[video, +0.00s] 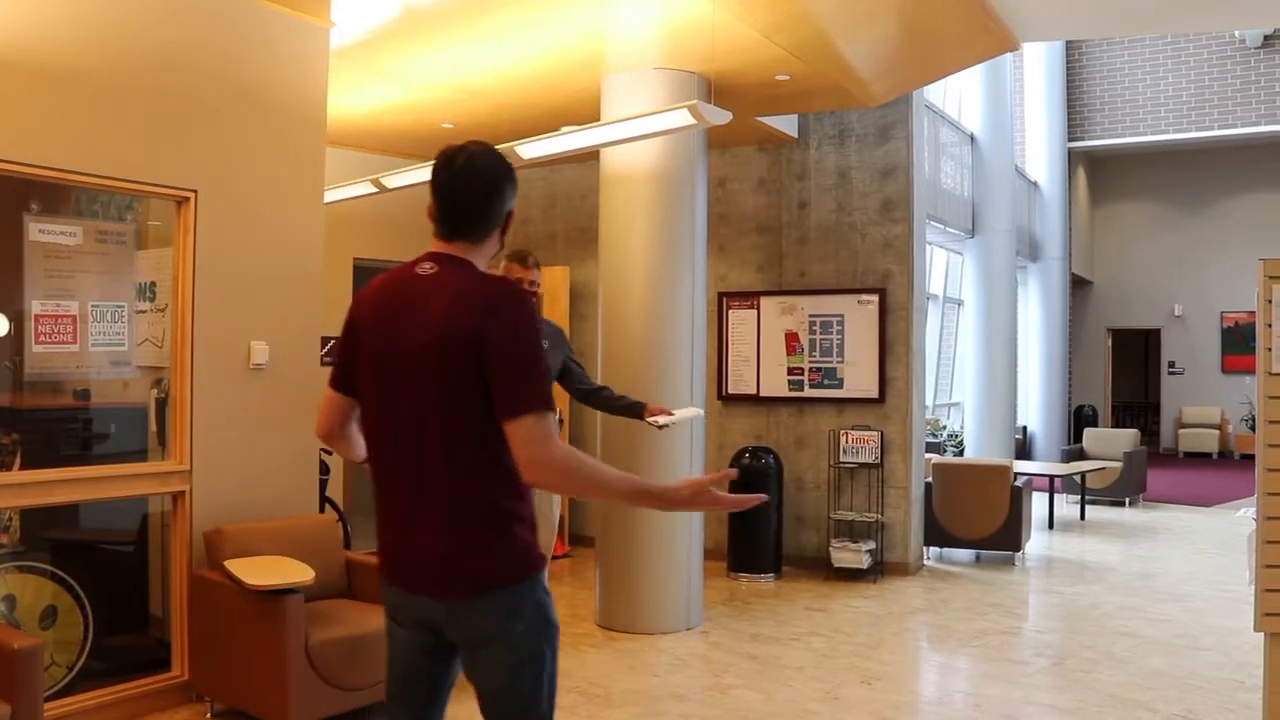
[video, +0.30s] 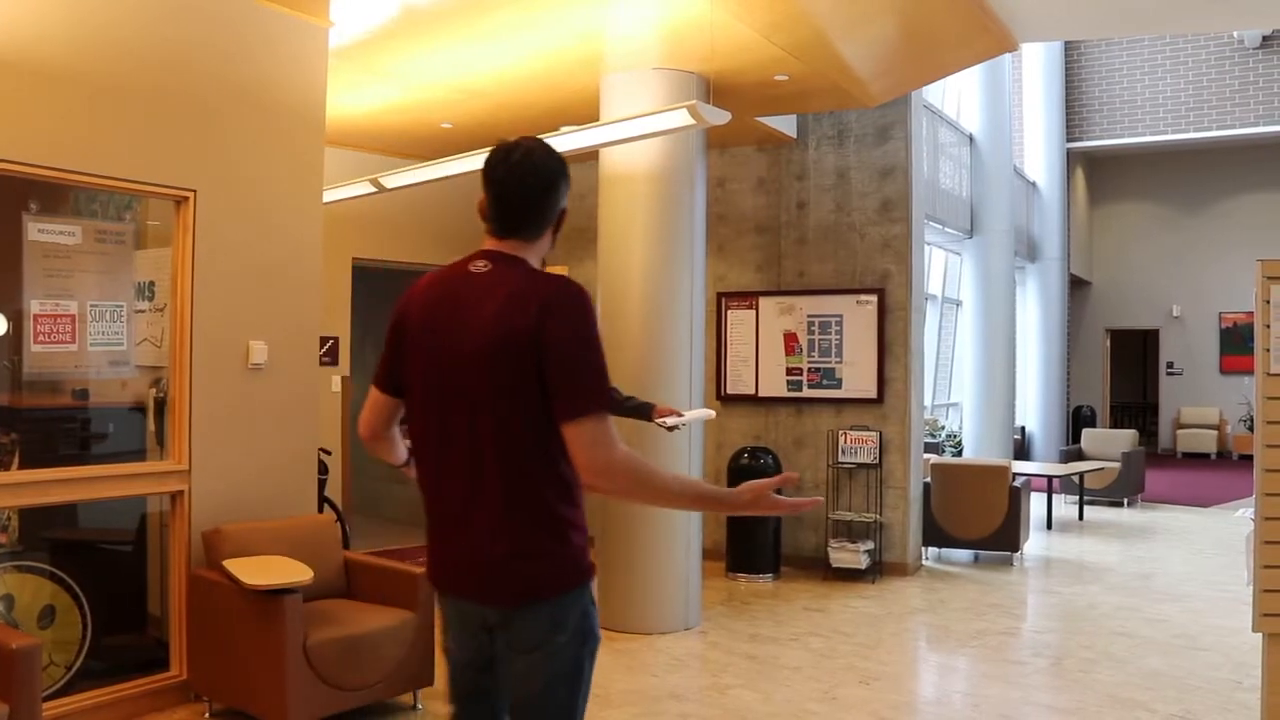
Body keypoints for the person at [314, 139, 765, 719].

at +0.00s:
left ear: (429, 208)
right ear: (504, 223)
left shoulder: (373, 300)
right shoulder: (503, 304)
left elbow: (331, 425)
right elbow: (540, 458)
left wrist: (383, 450)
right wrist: (667, 495)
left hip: (406, 567)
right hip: (493, 572)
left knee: (406, 711)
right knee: (522, 710)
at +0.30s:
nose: (563, 223)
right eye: (565, 213)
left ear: (482, 207)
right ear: (559, 219)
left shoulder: (424, 296)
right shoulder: (557, 300)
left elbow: (374, 429)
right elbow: (600, 462)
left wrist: (416, 460)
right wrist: (726, 499)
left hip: (456, 569)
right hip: (541, 576)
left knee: (475, 712)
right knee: (545, 711)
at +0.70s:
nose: (647, 235)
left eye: (648, 220)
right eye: (644, 218)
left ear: (565, 218)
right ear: (608, 218)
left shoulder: (497, 302)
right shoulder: (618, 307)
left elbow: (445, 432)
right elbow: (659, 470)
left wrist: (482, 468)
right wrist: (781, 502)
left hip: (523, 564)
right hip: (591, 576)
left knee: (610, 708)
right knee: (572, 712)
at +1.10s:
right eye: (674, 217)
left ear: (599, 222)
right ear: (672, 226)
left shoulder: (545, 310)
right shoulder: (687, 306)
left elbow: (502, 441)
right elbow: (723, 456)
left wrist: (525, 481)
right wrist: (801, 488)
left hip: (574, 562)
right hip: (664, 566)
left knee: (606, 711)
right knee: (689, 709)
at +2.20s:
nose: (742, 227)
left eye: (745, 215)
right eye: (746, 215)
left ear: (755, 224)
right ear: (816, 232)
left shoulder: (740, 299)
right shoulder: (848, 320)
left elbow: (728, 443)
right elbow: (867, 464)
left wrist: (630, 507)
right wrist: (795, 489)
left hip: (744, 573)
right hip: (822, 573)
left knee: (711, 709)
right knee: (781, 712)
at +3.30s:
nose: (830, 219)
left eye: (837, 204)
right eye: (833, 204)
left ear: (867, 209)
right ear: (879, 209)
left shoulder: (920, 301)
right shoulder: (901, 298)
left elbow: (962, 471)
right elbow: (898, 448)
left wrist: (843, 556)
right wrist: (808, 461)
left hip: (887, 600)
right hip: (863, 593)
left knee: (870, 711)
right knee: (845, 707)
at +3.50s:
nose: (853, 218)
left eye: (859, 204)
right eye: (855, 204)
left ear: (886, 211)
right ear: (910, 213)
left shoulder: (933, 305)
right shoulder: (919, 299)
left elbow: (970, 470)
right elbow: (901, 445)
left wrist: (853, 548)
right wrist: (808, 454)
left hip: (900, 586)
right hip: (887, 579)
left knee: (874, 709)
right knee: (873, 707)